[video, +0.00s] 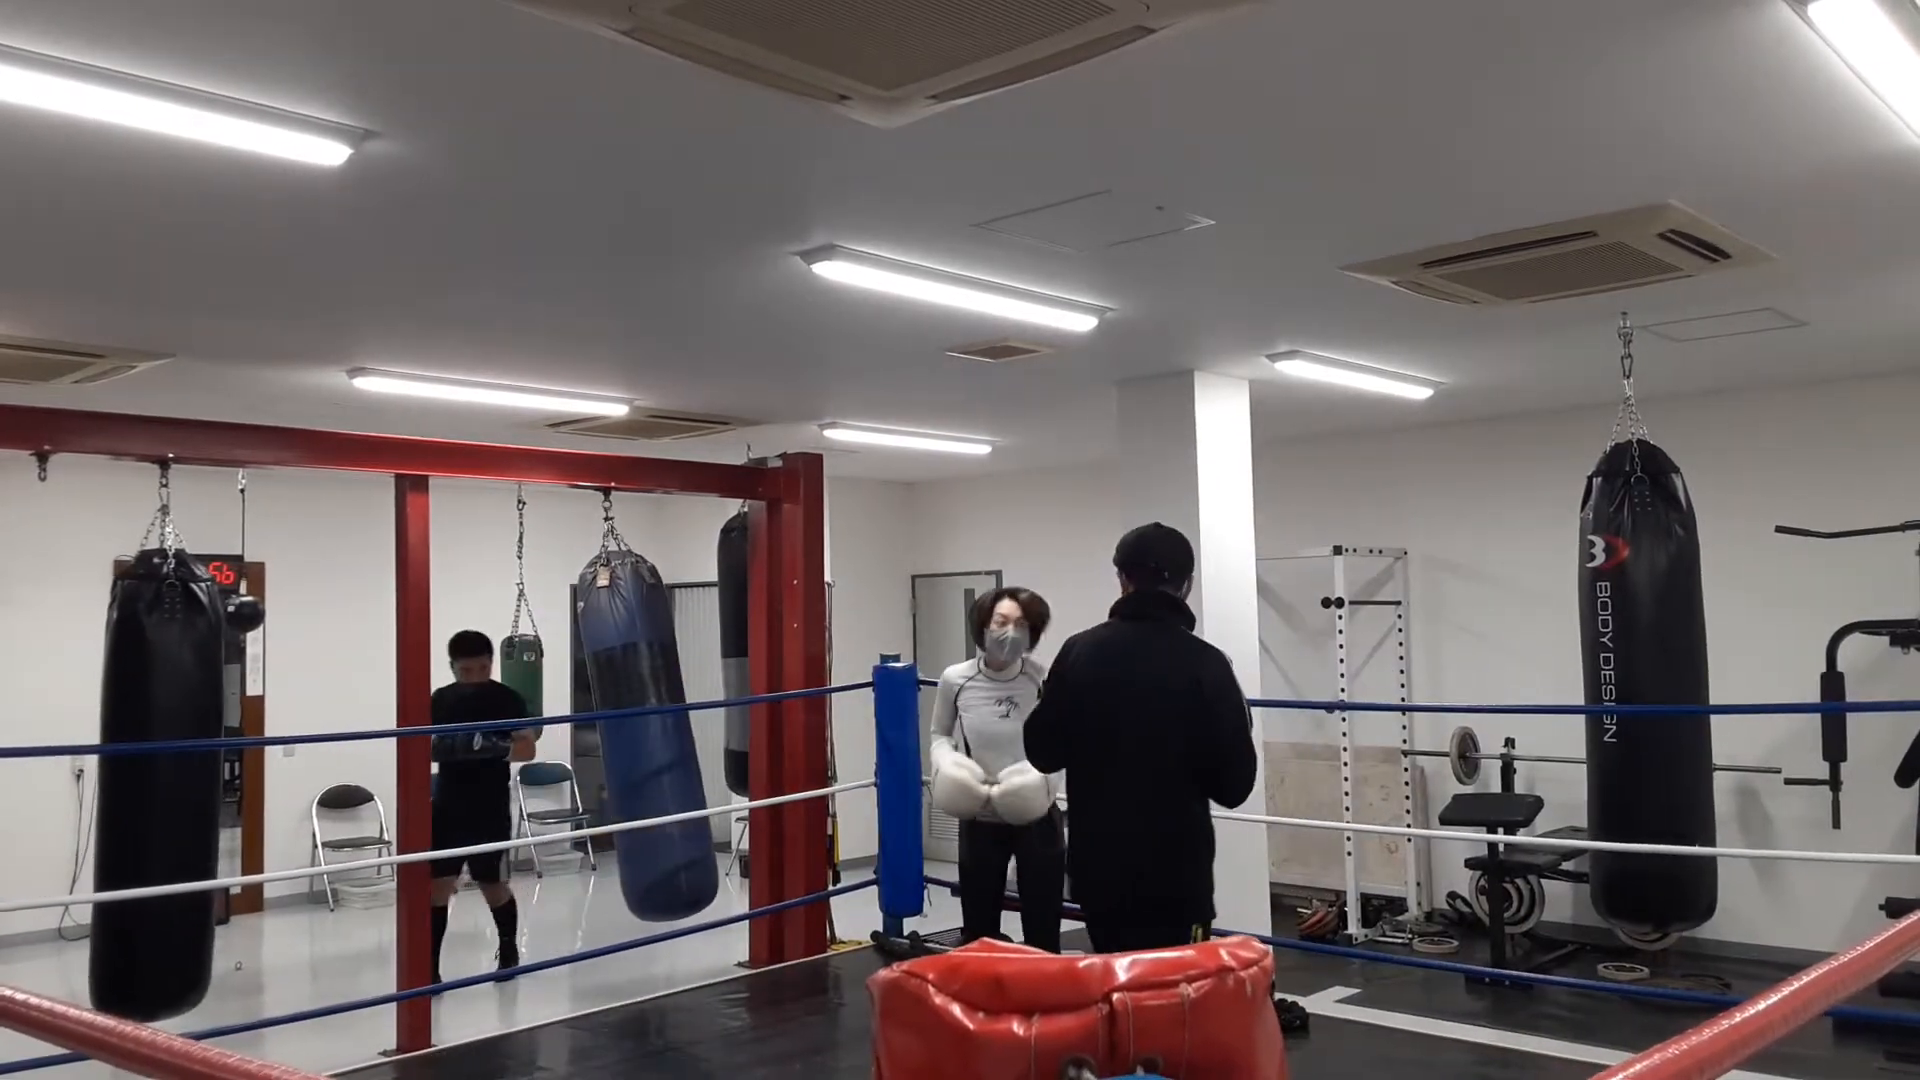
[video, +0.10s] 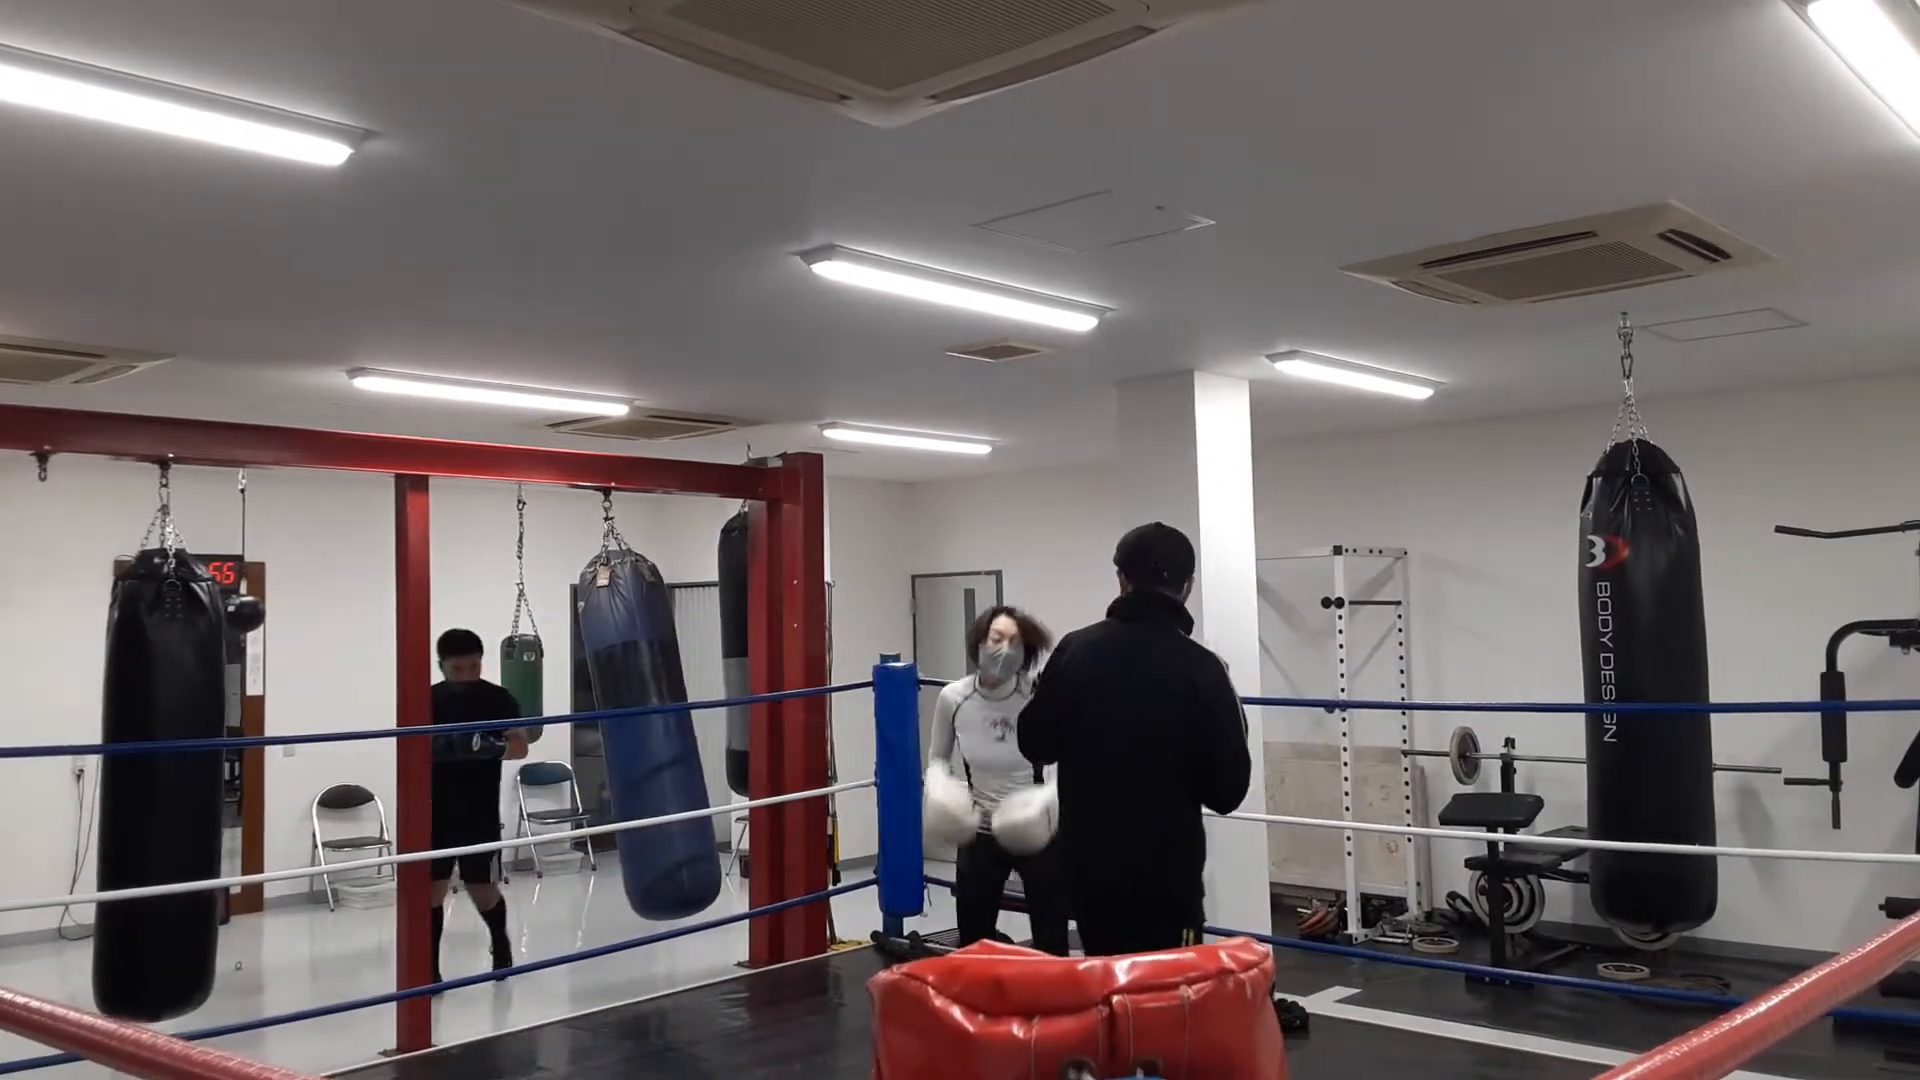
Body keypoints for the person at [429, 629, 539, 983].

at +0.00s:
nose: (471, 677)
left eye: (478, 668)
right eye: (463, 669)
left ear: (490, 663)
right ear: (453, 666)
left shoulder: (507, 699)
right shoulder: (439, 701)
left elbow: (527, 750)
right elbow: (421, 748)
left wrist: (492, 747)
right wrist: (441, 746)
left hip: (490, 804)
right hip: (447, 804)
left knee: (490, 880)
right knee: (438, 884)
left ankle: (508, 951)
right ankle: (430, 968)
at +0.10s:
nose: (465, 674)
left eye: (471, 665)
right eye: (456, 667)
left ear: (481, 661)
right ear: (443, 665)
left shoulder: (499, 699)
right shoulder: (428, 700)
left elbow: (520, 748)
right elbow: (409, 745)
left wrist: (486, 746)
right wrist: (434, 746)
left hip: (479, 808)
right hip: (434, 808)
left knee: (479, 884)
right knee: (432, 887)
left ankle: (500, 943)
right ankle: (429, 967)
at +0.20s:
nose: (459, 673)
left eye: (465, 664)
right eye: (451, 666)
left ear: (474, 662)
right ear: (435, 665)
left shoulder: (490, 699)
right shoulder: (422, 700)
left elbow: (513, 749)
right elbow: (390, 753)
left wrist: (485, 744)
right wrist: (426, 746)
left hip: (473, 806)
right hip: (427, 808)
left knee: (473, 885)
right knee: (428, 890)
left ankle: (483, 954)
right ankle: (429, 969)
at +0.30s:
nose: (459, 674)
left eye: (465, 665)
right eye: (451, 666)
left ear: (472, 663)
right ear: (432, 664)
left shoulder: (483, 698)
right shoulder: (410, 699)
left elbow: (507, 748)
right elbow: (383, 752)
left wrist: (484, 742)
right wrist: (424, 747)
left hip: (468, 807)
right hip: (423, 808)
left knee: (465, 888)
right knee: (425, 893)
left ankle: (462, 976)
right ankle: (430, 974)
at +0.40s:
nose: (458, 675)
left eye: (465, 666)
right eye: (450, 667)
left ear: (473, 664)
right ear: (432, 663)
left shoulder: (479, 702)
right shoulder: (405, 701)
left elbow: (501, 752)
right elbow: (378, 754)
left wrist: (480, 744)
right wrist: (422, 747)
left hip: (462, 810)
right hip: (417, 812)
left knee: (455, 894)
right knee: (420, 896)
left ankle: (451, 981)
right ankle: (428, 977)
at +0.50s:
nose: (463, 677)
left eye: (469, 669)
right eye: (455, 670)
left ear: (474, 666)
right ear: (433, 665)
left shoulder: (475, 704)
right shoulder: (404, 701)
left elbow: (499, 754)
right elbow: (375, 756)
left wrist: (479, 748)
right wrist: (423, 749)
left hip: (458, 812)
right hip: (411, 814)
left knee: (451, 899)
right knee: (414, 901)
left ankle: (444, 986)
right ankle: (422, 986)